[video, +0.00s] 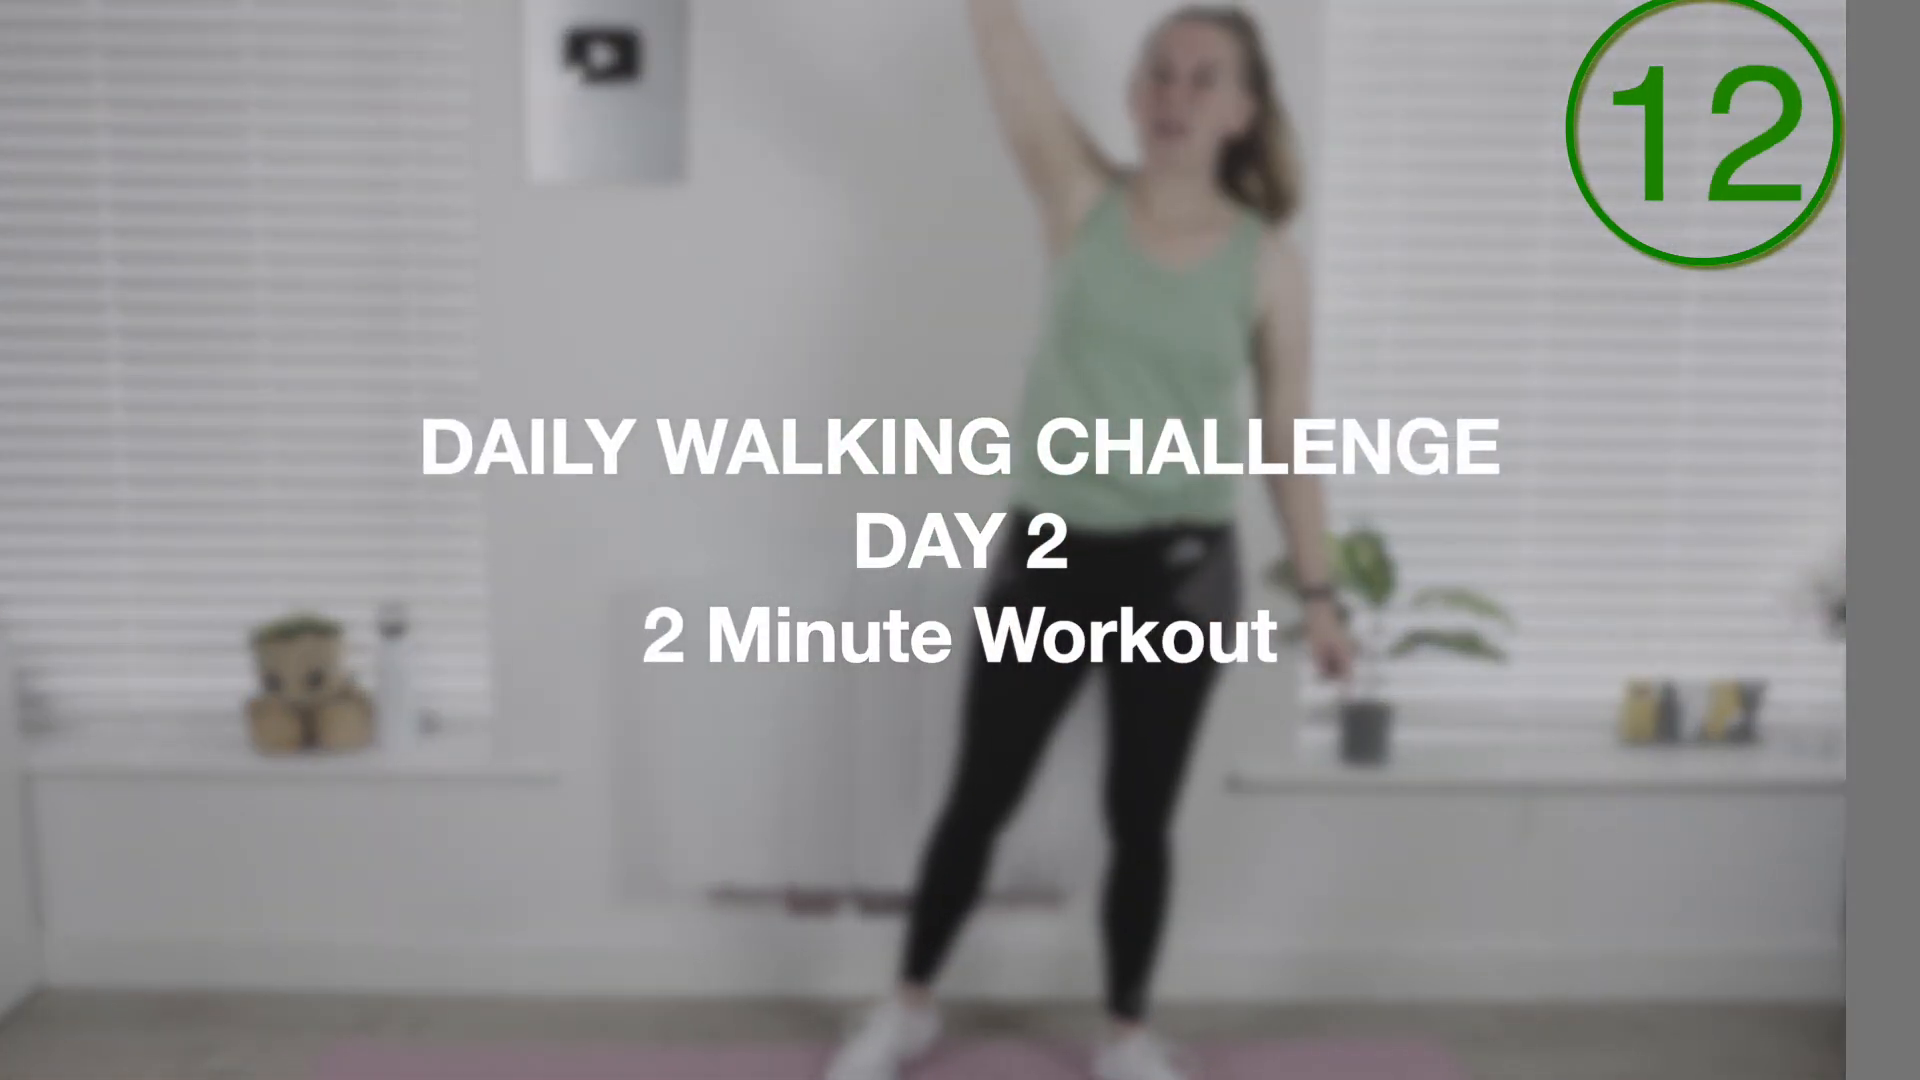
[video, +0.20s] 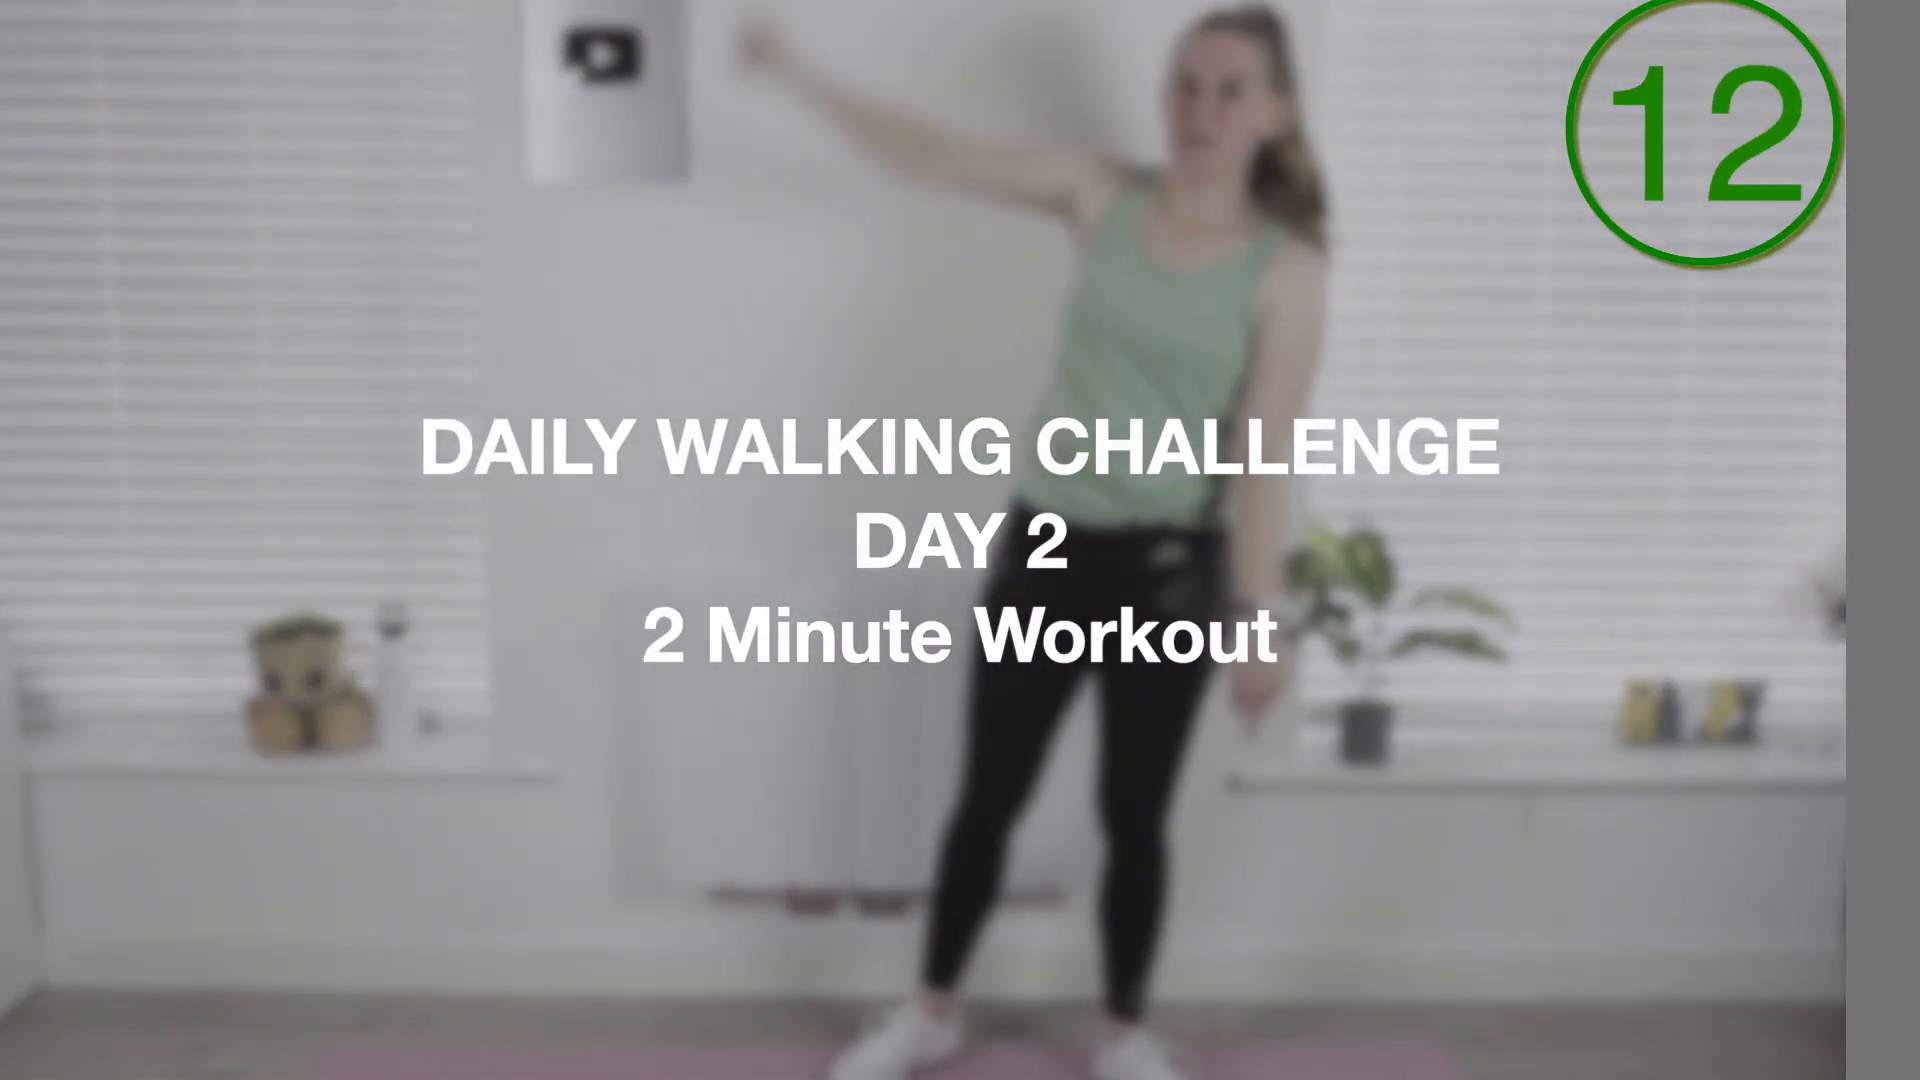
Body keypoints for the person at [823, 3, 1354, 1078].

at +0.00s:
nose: (1175, 95)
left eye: (1205, 79)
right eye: (1160, 74)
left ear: (1247, 108)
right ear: (1135, 91)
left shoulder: (1262, 258)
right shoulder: (1081, 194)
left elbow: (1287, 441)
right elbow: (998, 31)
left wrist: (1319, 592)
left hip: (1181, 553)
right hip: (1050, 540)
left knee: (1141, 811)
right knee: (982, 789)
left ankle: (1127, 1030)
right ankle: (909, 1005)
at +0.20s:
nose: (1200, 110)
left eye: (1230, 92)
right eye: (1186, 87)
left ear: (1276, 115)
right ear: (1165, 97)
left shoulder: (1283, 266)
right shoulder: (1099, 190)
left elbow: (1265, 456)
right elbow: (928, 154)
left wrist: (1258, 620)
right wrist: (788, 68)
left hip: (1173, 555)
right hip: (1047, 534)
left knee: (1135, 809)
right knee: (991, 790)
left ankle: (1125, 1032)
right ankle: (932, 1010)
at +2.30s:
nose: (1067, 207)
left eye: (1087, 189)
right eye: (1049, 188)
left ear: (1112, 202)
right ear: (1019, 200)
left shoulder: (1146, 316)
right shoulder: (975, 296)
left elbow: (1224, 412)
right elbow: (874, 376)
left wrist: (1118, 458)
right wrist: (999, 368)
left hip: (1102, 581)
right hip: (992, 573)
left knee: (1094, 792)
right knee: (954, 781)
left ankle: (1117, 973)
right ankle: (958, 937)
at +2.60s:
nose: (1058, 194)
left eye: (1079, 178)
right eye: (1041, 176)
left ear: (1108, 198)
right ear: (1013, 192)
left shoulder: (1129, 301)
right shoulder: (976, 287)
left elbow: (1146, 370)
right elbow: (855, 283)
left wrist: (1002, 387)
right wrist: (998, 264)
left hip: (1101, 577)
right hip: (994, 575)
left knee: (1101, 785)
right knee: (996, 788)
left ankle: (1119, 971)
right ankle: (1007, 972)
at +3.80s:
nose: (1009, 207)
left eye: (1030, 189)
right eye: (993, 189)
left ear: (1064, 198)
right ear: (970, 195)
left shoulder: (1097, 294)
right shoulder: (945, 289)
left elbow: (1089, 348)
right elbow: (830, 299)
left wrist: (949, 367)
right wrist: (960, 269)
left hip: (1080, 578)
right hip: (972, 578)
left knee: (1088, 782)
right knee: (1000, 783)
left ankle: (1116, 969)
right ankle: (1006, 970)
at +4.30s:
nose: (992, 188)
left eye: (1014, 175)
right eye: (977, 174)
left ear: (1051, 198)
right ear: (956, 196)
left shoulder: (1087, 294)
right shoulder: (933, 284)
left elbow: (1077, 344)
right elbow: (827, 322)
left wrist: (935, 350)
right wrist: (966, 302)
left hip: (1077, 579)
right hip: (968, 578)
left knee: (1086, 784)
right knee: (999, 785)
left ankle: (1117, 969)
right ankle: (1007, 972)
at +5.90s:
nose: (1038, 270)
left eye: (1040, 254)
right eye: (1032, 255)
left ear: (1089, 242)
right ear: (1100, 233)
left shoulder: (1151, 342)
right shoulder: (1152, 309)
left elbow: (1136, 509)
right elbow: (1142, 480)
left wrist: (1099, 637)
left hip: (1142, 577)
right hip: (1108, 561)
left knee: (1126, 769)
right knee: (1034, 733)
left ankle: (1144, 964)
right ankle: (976, 909)